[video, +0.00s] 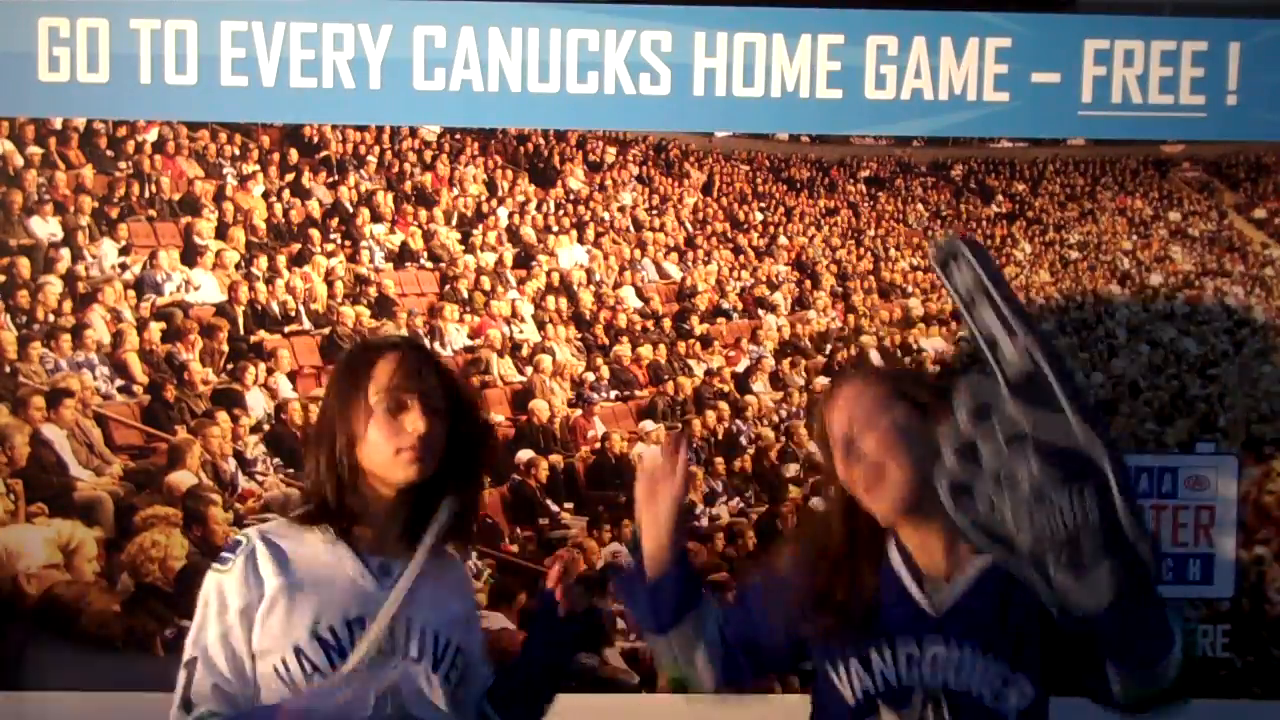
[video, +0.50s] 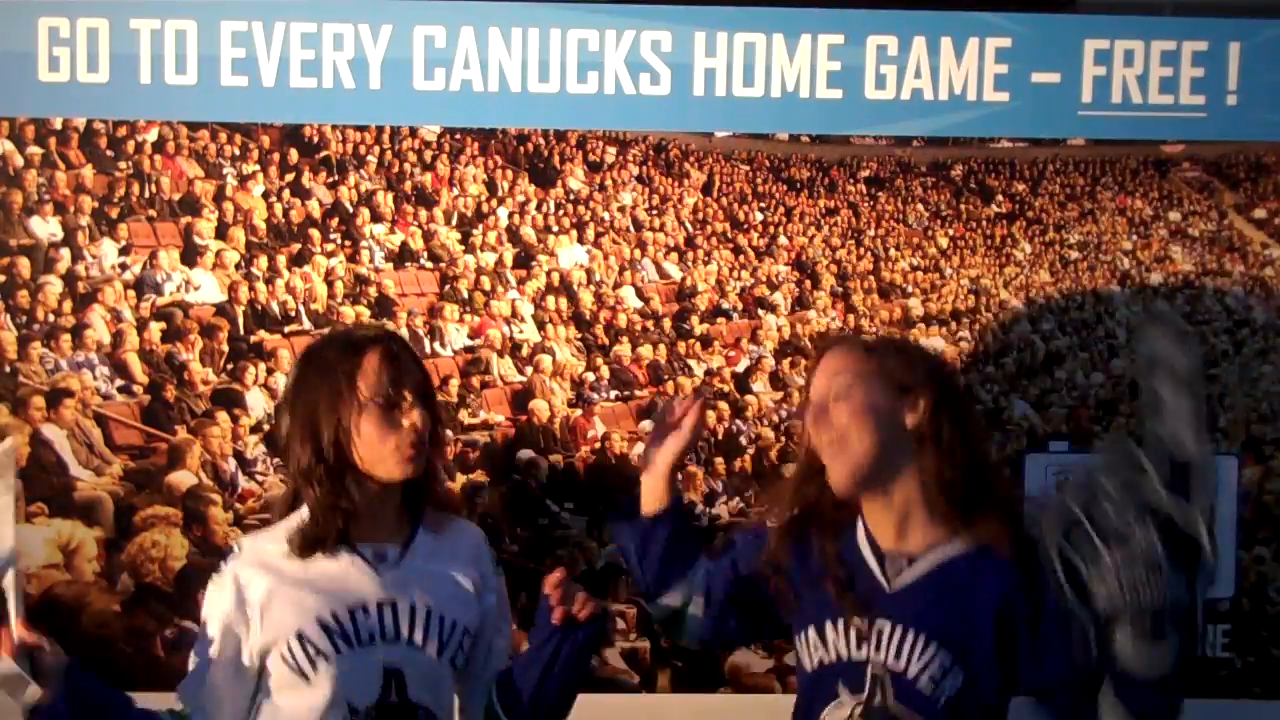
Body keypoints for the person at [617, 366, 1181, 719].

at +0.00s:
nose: (853, 459)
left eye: (867, 430)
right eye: (840, 448)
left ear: (933, 423)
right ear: (836, 473)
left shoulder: (1038, 571)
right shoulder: (830, 574)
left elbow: (1144, 687)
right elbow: (711, 668)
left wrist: (1103, 564)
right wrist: (658, 545)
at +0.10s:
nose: (821, 378)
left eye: (843, 357)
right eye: (819, 365)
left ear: (924, 368)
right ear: (820, 393)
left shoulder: (1023, 532)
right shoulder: (807, 509)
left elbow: (1127, 679)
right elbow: (657, 562)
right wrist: (652, 433)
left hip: (968, 707)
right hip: (821, 705)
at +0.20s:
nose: (810, 356)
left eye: (840, 336)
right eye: (810, 343)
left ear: (916, 362)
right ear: (804, 369)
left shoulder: (997, 524)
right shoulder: (790, 496)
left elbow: (1036, 686)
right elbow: (644, 495)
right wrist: (639, 354)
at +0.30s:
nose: (805, 422)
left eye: (831, 403)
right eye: (809, 401)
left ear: (909, 420)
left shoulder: (995, 586)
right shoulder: (795, 538)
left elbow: (1031, 709)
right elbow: (654, 527)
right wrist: (644, 381)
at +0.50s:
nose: (810, 426)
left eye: (832, 400)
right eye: (808, 411)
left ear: (912, 409)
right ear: (805, 436)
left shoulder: (1019, 575)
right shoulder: (804, 550)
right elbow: (680, 602)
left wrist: (1146, 631)